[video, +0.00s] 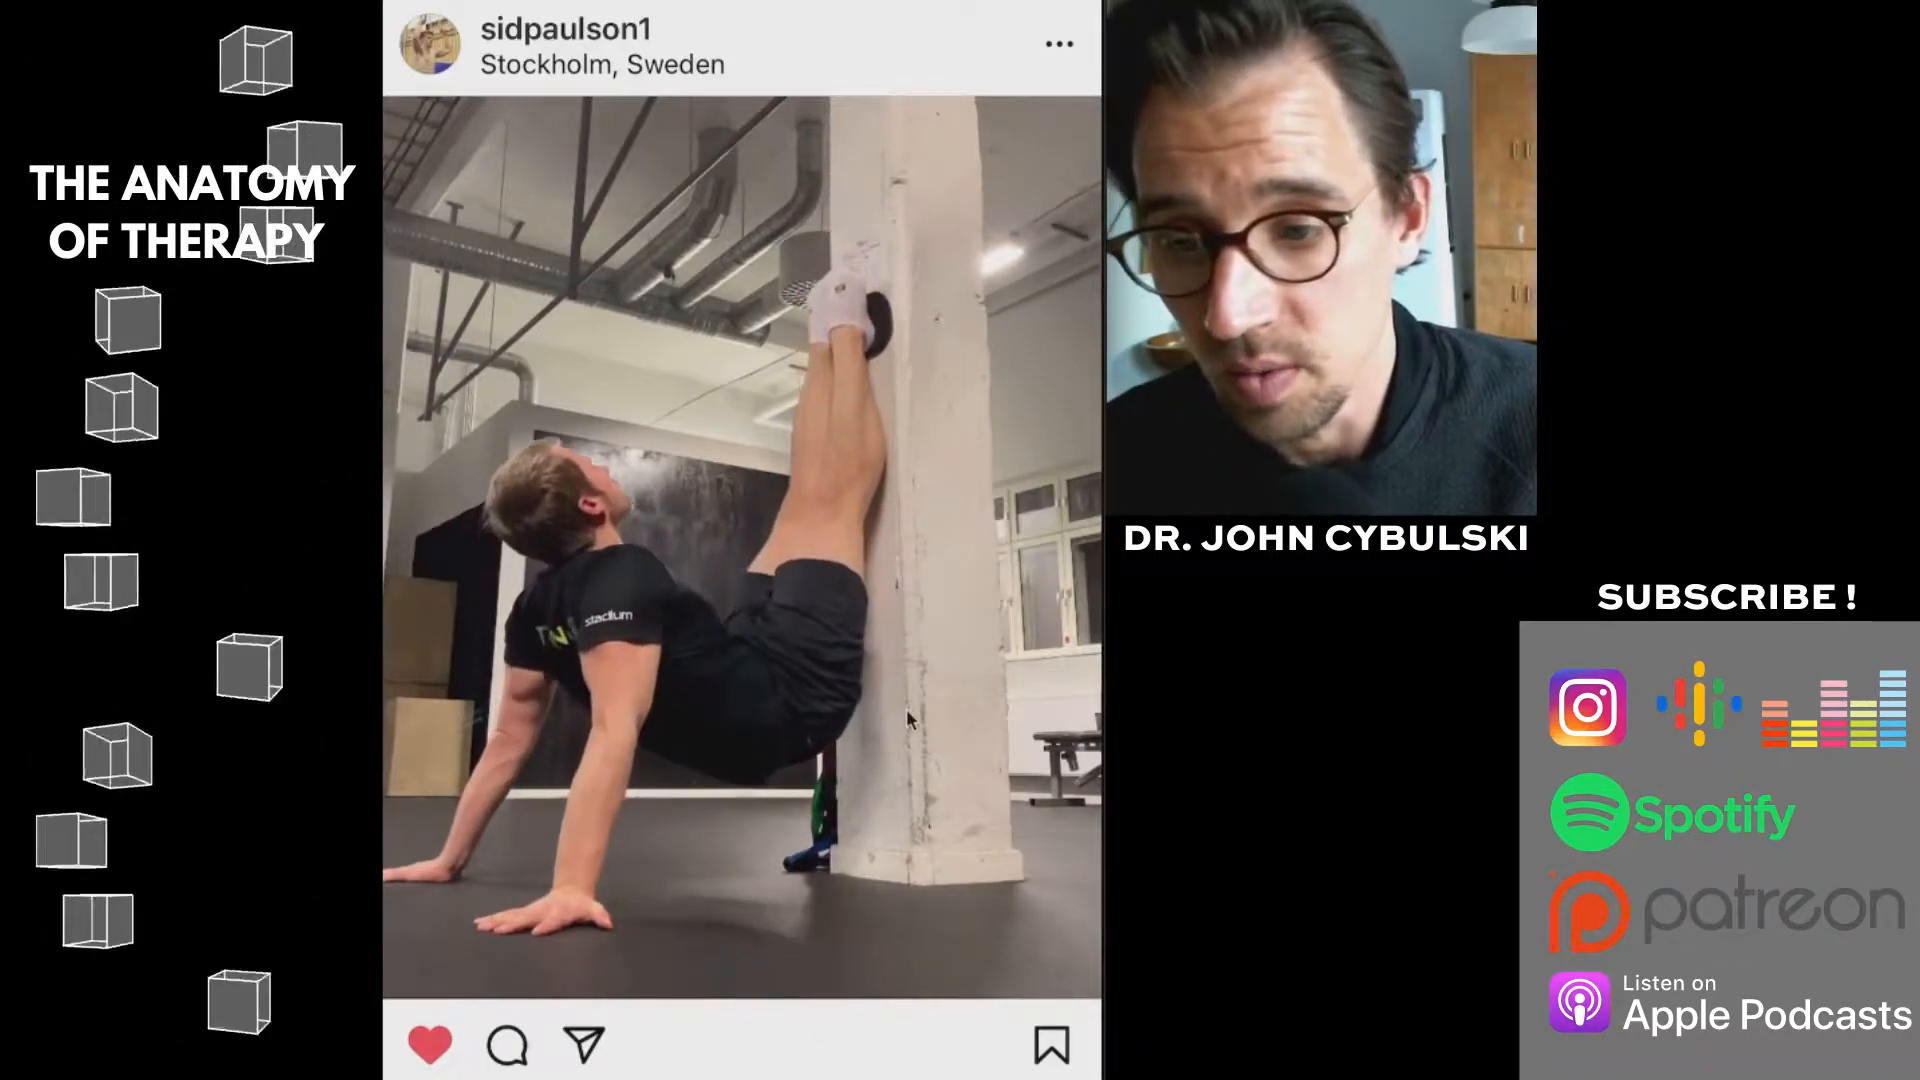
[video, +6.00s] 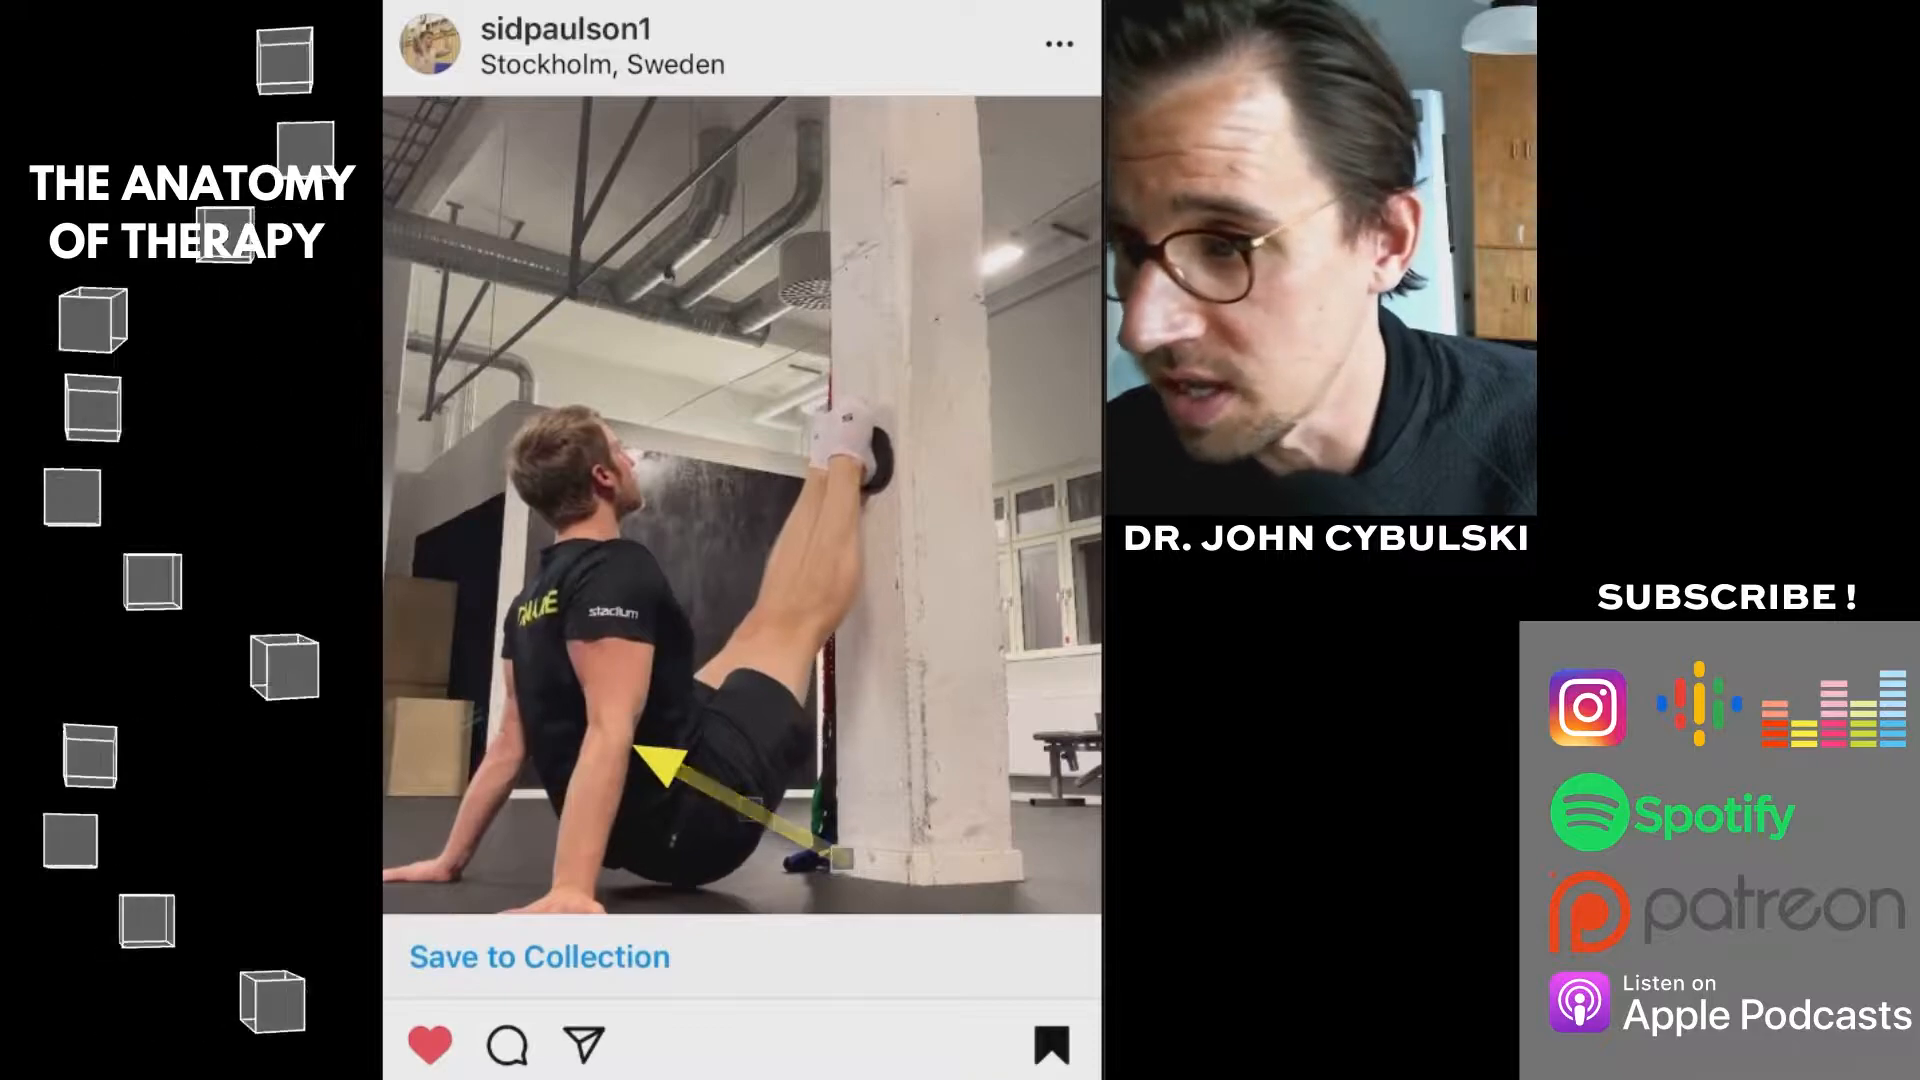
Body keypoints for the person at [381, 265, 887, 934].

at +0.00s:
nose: (602, 464)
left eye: (586, 459)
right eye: (590, 466)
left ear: (538, 533)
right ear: (592, 505)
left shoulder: (533, 606)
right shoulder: (620, 574)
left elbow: (508, 744)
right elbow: (612, 733)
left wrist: (449, 860)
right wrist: (572, 887)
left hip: (744, 731)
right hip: (795, 697)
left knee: (806, 500)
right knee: (838, 493)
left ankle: (826, 343)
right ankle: (847, 336)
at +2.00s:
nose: (623, 460)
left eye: (612, 450)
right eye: (612, 454)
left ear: (543, 508)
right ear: (600, 482)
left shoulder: (529, 605)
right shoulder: (620, 572)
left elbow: (508, 744)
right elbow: (613, 727)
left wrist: (449, 859)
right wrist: (572, 888)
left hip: (697, 773)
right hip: (767, 745)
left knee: (792, 537)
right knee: (827, 536)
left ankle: (826, 386)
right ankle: (847, 378)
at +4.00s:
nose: (628, 461)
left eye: (618, 449)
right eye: (616, 454)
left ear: (541, 501)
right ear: (600, 479)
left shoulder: (522, 602)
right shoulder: (613, 571)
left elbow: (508, 744)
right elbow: (605, 730)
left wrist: (450, 859)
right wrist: (572, 889)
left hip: (665, 806)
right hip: (732, 782)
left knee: (782, 585)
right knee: (816, 581)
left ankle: (825, 425)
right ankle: (846, 429)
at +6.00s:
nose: (632, 460)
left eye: (622, 449)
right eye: (622, 453)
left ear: (546, 497)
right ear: (605, 478)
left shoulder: (529, 601)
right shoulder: (616, 569)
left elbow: (508, 750)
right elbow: (607, 735)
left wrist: (449, 861)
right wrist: (572, 885)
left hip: (645, 836)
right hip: (693, 824)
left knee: (769, 617)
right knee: (804, 615)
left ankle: (825, 467)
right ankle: (846, 466)